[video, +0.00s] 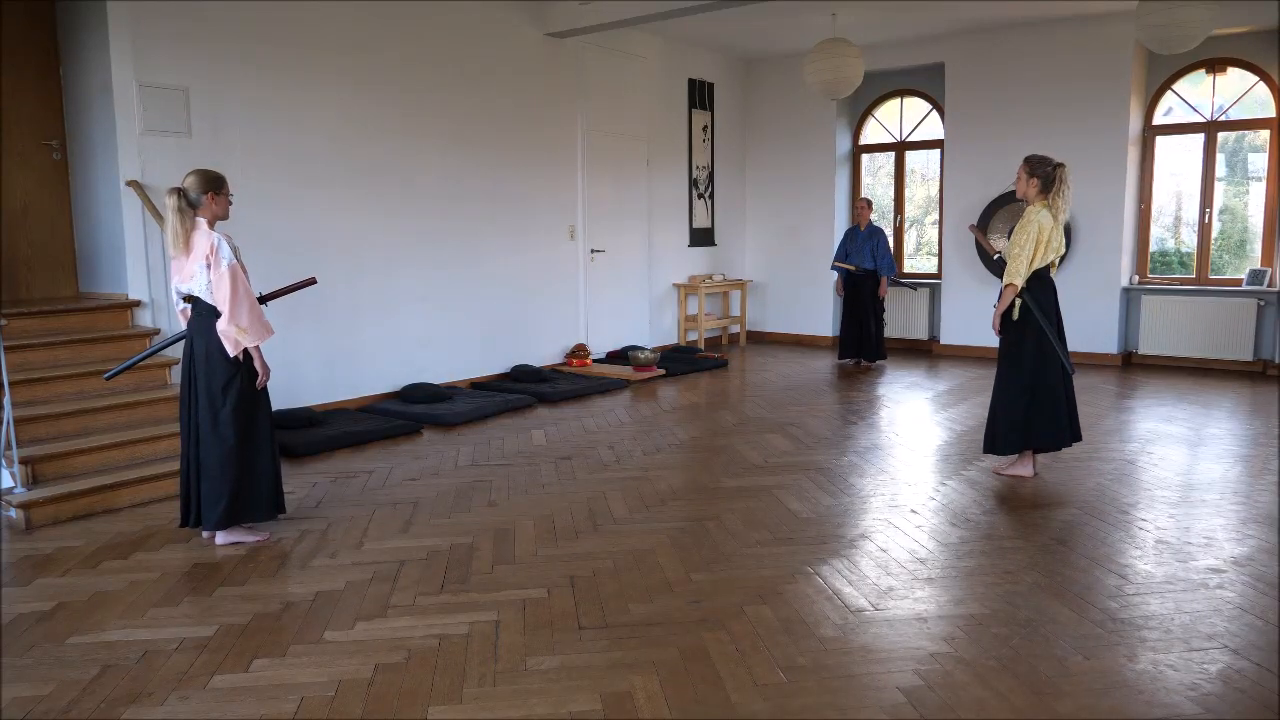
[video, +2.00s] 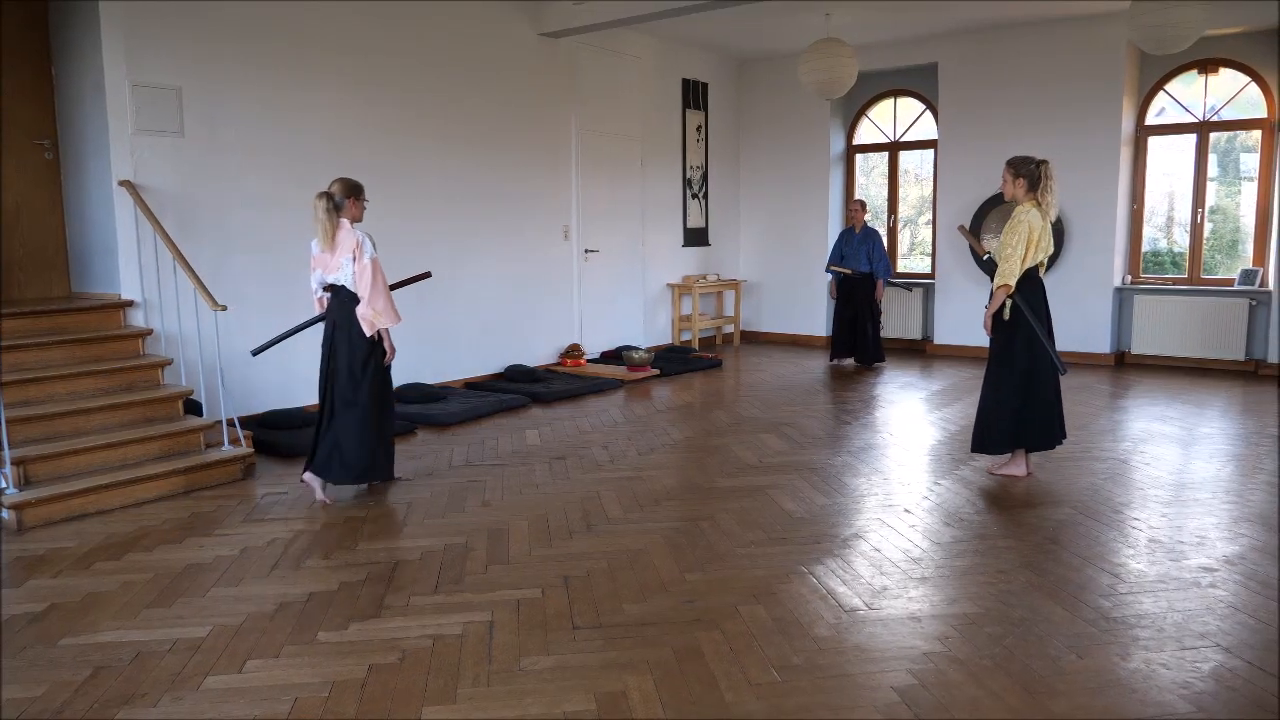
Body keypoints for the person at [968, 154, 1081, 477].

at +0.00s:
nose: (1015, 183)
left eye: (1019, 178)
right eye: (1017, 177)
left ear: (1033, 182)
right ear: (1038, 183)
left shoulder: (1033, 218)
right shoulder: (1050, 215)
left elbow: (1019, 269)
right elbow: (1021, 257)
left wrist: (999, 308)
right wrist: (989, 244)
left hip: (1027, 302)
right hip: (1041, 299)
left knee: (1024, 376)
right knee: (1033, 375)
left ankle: (1025, 459)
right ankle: (1027, 454)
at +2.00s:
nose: (1001, 185)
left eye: (1005, 181)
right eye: (1002, 180)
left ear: (1021, 183)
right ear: (1026, 183)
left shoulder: (1022, 217)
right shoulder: (1038, 215)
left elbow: (1011, 267)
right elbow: (1011, 258)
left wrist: (991, 307)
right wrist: (980, 246)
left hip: (1018, 301)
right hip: (1031, 297)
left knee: (1017, 375)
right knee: (1024, 375)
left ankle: (1019, 458)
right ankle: (1019, 455)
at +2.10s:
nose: (1000, 186)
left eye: (1003, 181)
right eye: (1001, 180)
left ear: (1019, 183)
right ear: (1025, 184)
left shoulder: (1020, 217)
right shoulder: (1037, 215)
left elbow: (1009, 268)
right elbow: (1009, 258)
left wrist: (989, 307)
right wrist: (979, 247)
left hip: (1016, 301)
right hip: (1030, 298)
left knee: (1014, 375)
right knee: (1021, 374)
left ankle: (1017, 458)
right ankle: (1017, 455)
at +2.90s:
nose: (988, 187)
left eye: (992, 181)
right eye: (989, 181)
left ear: (1007, 184)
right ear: (1011, 184)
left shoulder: (1008, 217)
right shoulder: (1025, 215)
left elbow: (997, 267)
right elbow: (996, 260)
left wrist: (977, 307)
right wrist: (965, 248)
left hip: (1005, 301)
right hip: (1018, 298)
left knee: (1004, 375)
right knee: (1013, 374)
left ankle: (1009, 458)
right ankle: (1010, 453)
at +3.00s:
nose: (986, 186)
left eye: (990, 181)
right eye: (987, 181)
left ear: (1005, 184)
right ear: (1010, 184)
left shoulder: (1006, 217)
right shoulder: (1023, 216)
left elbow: (994, 269)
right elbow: (988, 266)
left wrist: (975, 307)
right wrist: (962, 246)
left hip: (1002, 301)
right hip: (1016, 298)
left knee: (1003, 375)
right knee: (1011, 374)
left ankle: (1007, 457)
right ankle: (1008, 454)